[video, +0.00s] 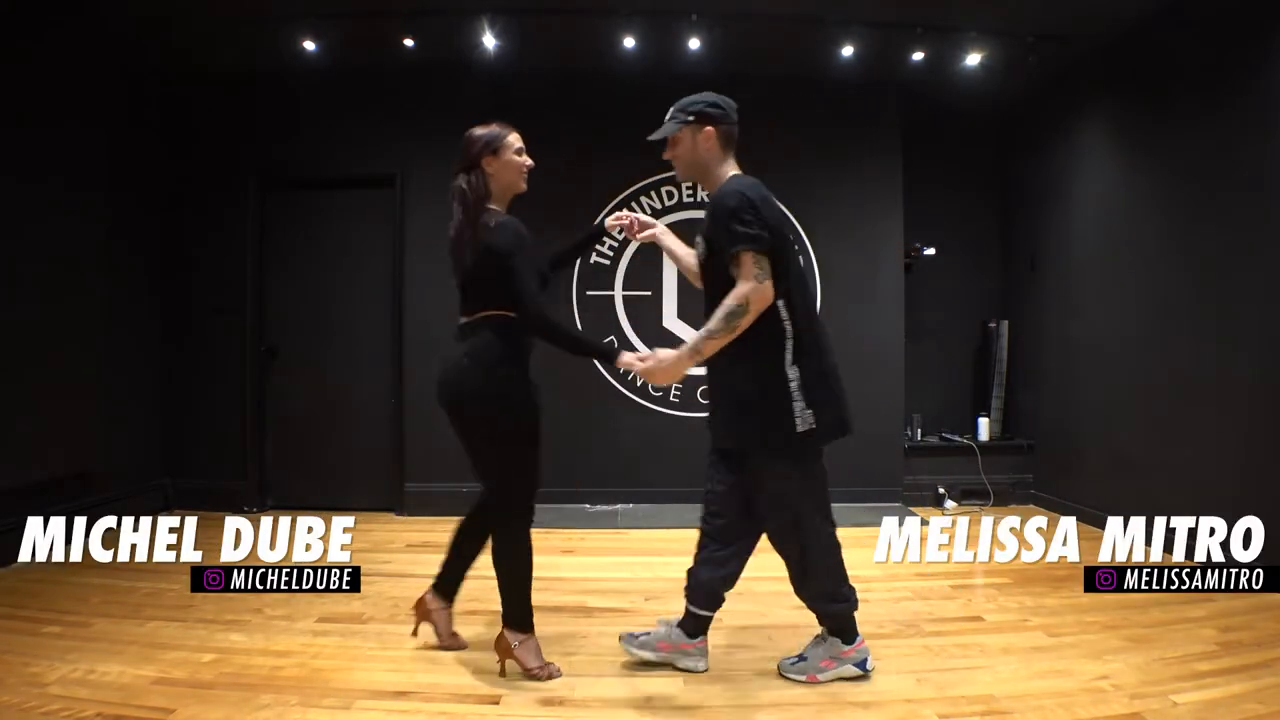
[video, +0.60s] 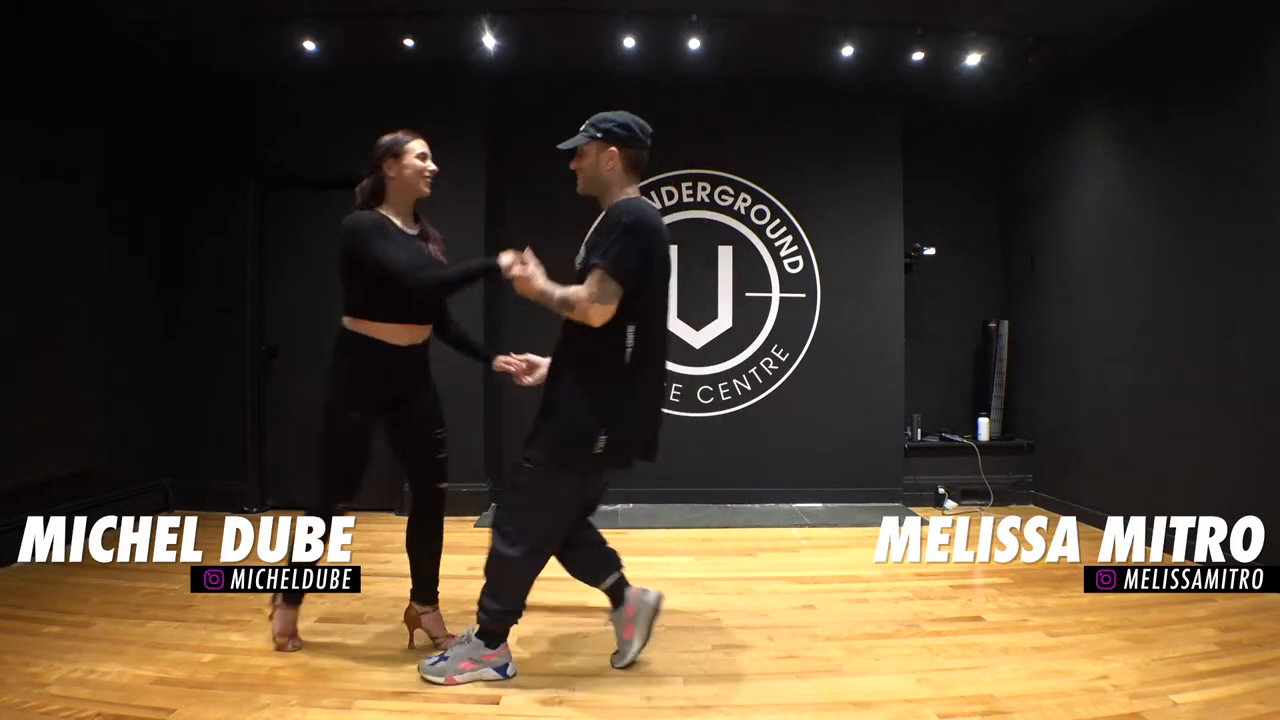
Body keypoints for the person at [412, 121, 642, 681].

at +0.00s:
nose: (529, 161)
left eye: (526, 152)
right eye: (518, 153)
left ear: (490, 168)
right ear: (486, 165)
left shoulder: (471, 228)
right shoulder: (506, 231)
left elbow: (536, 274)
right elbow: (533, 316)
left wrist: (593, 232)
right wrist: (605, 352)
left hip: (468, 364)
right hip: (499, 367)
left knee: (498, 490)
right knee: (515, 497)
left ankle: (439, 597)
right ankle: (518, 632)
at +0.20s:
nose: (501, 159)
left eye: (498, 151)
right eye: (489, 151)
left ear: (468, 164)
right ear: (457, 162)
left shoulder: (470, 221)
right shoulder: (462, 221)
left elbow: (518, 275)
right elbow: (482, 291)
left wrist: (588, 266)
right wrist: (567, 304)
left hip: (442, 359)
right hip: (461, 361)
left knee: (447, 483)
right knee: (500, 482)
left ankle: (424, 603)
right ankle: (487, 619)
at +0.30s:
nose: (478, 166)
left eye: (477, 157)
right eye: (468, 156)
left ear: (452, 168)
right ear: (436, 166)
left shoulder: (459, 230)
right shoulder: (422, 226)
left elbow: (501, 305)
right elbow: (466, 276)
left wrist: (566, 327)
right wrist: (545, 250)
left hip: (442, 370)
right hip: (422, 371)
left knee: (466, 487)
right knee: (458, 483)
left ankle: (419, 597)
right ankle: (421, 599)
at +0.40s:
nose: (464, 167)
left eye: (464, 159)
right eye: (453, 158)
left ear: (446, 172)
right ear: (420, 168)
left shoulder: (456, 237)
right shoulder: (399, 225)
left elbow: (487, 321)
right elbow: (450, 262)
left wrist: (547, 357)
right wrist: (531, 227)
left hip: (440, 371)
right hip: (405, 370)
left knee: (442, 488)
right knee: (441, 485)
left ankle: (426, 605)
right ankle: (370, 589)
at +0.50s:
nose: (445, 165)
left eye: (445, 158)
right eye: (433, 157)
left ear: (433, 172)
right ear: (401, 167)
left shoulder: (443, 238)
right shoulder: (375, 225)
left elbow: (459, 324)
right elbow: (432, 266)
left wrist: (509, 366)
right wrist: (512, 233)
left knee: (437, 489)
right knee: (378, 496)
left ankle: (424, 605)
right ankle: (309, 582)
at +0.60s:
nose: (432, 167)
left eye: (432, 159)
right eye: (420, 158)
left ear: (420, 173)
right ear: (389, 167)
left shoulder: (428, 240)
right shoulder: (361, 227)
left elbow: (442, 322)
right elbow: (420, 279)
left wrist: (490, 359)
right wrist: (496, 263)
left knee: (430, 487)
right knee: (335, 488)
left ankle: (424, 605)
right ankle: (288, 601)